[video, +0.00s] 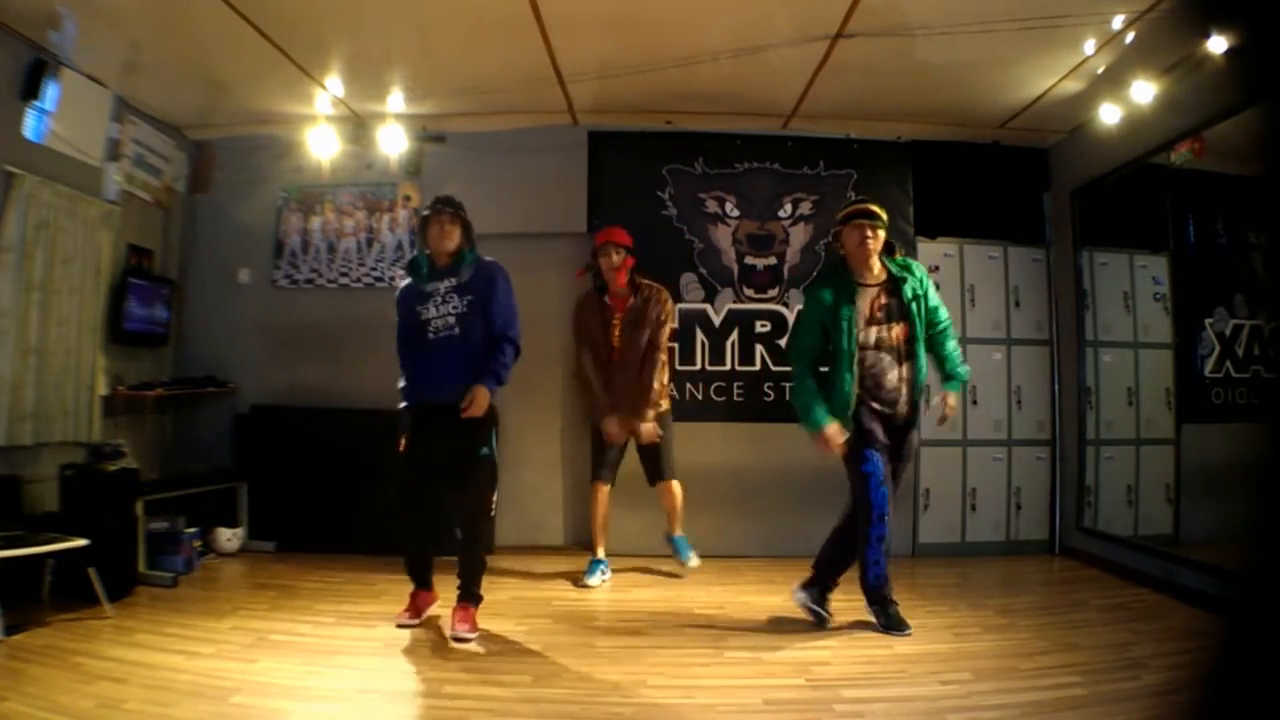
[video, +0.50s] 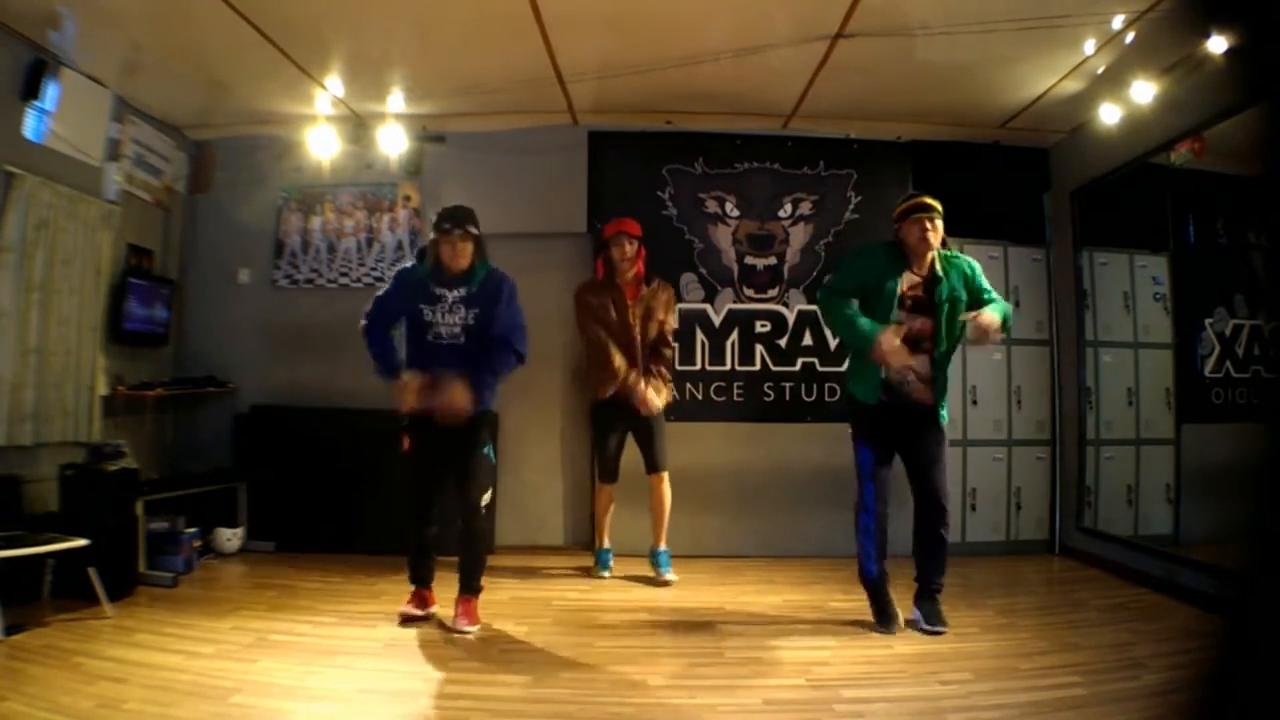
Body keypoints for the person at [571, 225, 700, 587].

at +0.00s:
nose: (612, 259)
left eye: (618, 252)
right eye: (605, 253)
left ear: (630, 257)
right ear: (596, 260)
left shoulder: (657, 298)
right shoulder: (588, 305)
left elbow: (659, 357)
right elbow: (587, 361)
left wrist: (649, 412)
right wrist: (605, 411)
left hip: (650, 402)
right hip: (609, 404)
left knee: (666, 479)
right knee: (600, 481)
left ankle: (676, 534)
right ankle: (599, 558)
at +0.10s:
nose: (616, 254)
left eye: (622, 247)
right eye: (608, 249)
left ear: (633, 253)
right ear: (599, 256)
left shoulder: (657, 300)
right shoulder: (583, 302)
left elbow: (666, 358)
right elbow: (572, 357)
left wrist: (663, 407)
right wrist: (587, 402)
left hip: (645, 400)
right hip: (602, 400)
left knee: (660, 474)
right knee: (595, 479)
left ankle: (654, 536)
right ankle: (597, 558)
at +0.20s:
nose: (617, 253)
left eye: (624, 247)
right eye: (610, 247)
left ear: (634, 252)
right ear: (600, 254)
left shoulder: (655, 301)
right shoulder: (582, 298)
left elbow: (677, 347)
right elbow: (557, 342)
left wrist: (682, 383)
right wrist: (565, 384)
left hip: (643, 401)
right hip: (598, 400)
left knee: (652, 478)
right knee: (593, 481)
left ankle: (643, 549)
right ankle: (592, 559)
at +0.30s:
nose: (618, 255)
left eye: (624, 248)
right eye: (611, 249)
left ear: (635, 255)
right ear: (601, 256)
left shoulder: (657, 303)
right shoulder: (584, 300)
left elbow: (671, 347)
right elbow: (559, 338)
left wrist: (686, 371)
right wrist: (561, 360)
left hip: (640, 405)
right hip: (597, 403)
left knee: (648, 486)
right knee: (593, 486)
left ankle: (639, 554)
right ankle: (590, 560)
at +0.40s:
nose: (620, 246)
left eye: (626, 240)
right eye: (613, 240)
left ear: (636, 246)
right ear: (604, 246)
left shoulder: (655, 291)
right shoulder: (587, 289)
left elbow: (662, 341)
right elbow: (586, 340)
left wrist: (646, 371)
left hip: (645, 391)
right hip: (606, 390)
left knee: (653, 468)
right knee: (597, 474)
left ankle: (648, 547)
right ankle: (593, 556)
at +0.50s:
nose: (623, 250)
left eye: (630, 243)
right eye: (616, 244)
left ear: (640, 248)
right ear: (606, 250)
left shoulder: (660, 291)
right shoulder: (590, 293)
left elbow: (666, 345)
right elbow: (599, 346)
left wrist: (656, 386)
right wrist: (633, 385)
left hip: (650, 395)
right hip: (609, 395)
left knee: (658, 471)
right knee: (605, 477)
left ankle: (661, 550)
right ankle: (603, 551)